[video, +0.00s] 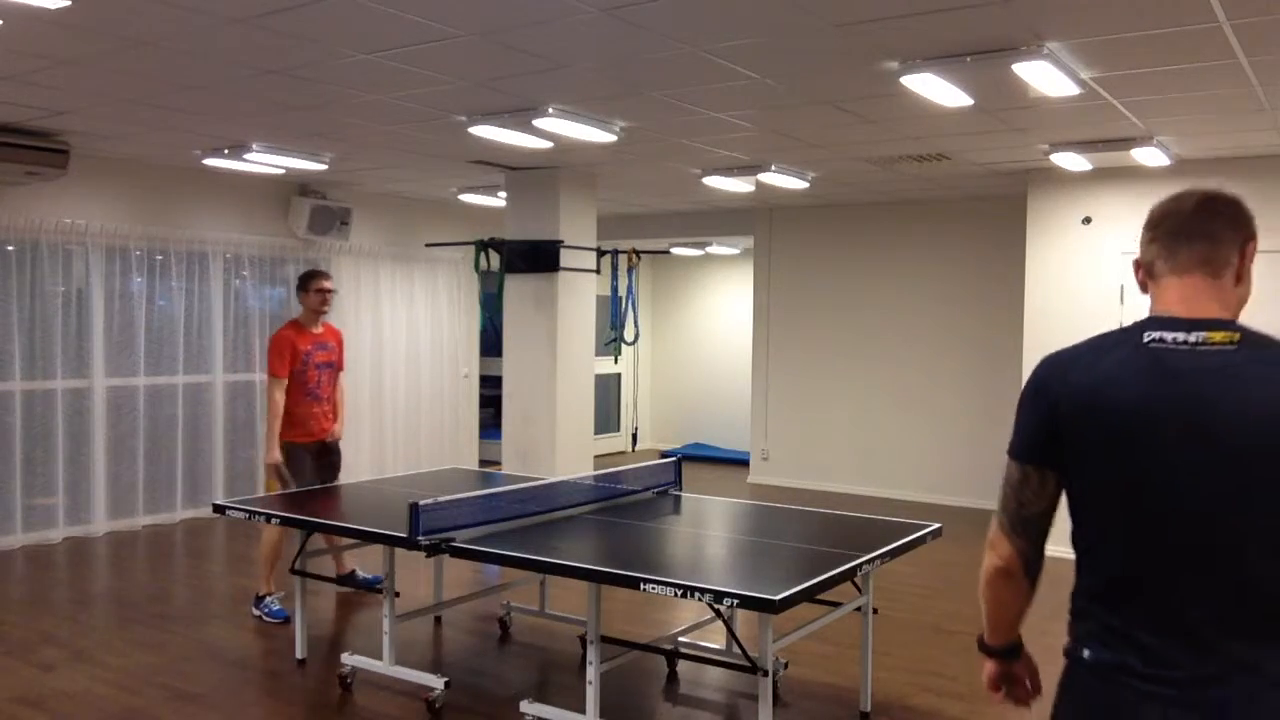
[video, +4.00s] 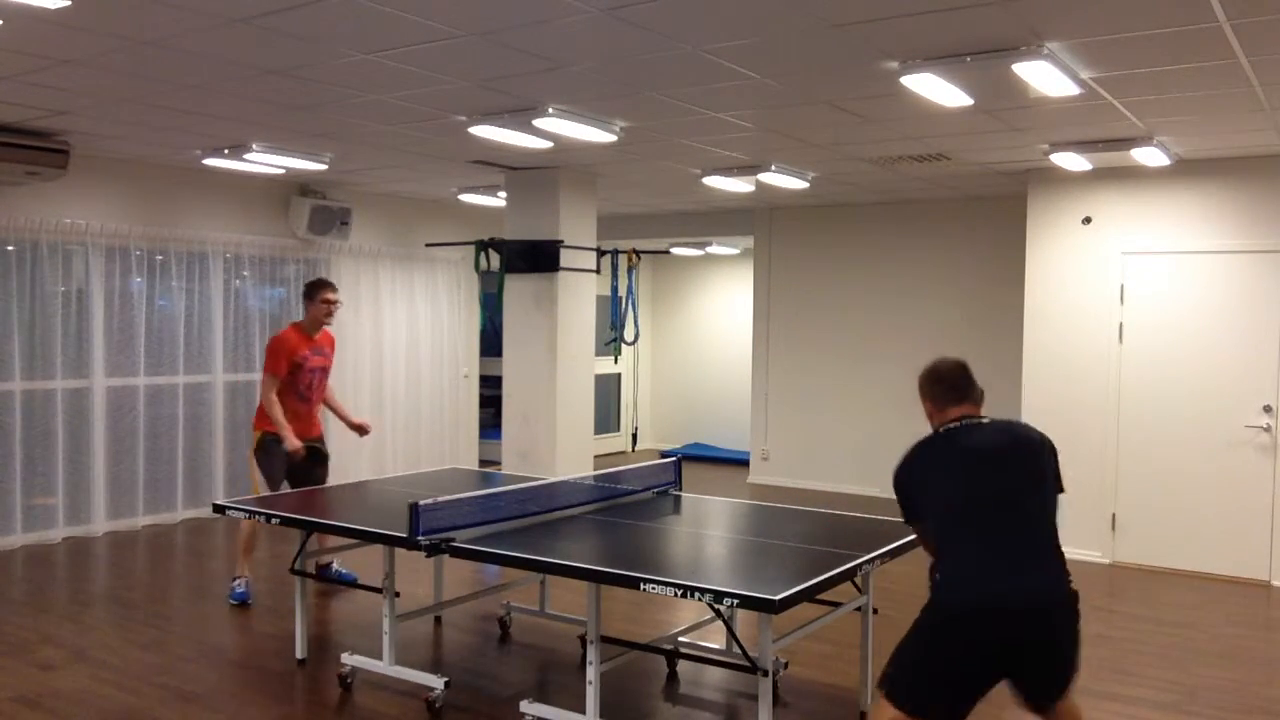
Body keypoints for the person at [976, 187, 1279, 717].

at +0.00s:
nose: (1248, 280)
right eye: (1252, 266)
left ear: (1141, 275)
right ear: (1245, 264)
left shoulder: (1066, 378)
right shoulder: (1271, 370)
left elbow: (1010, 555)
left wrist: (1001, 647)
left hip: (1109, 692)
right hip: (1252, 693)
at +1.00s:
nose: (959, 290)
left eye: (962, 277)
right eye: (959, 277)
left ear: (986, 281)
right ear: (1028, 278)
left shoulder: (963, 360)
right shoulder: (1091, 354)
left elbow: (934, 477)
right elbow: (1138, 453)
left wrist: (900, 564)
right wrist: (1102, 359)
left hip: (988, 557)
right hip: (1066, 554)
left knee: (971, 700)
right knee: (1063, 689)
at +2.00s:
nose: (968, 381)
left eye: (966, 370)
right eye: (966, 371)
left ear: (977, 364)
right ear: (1014, 363)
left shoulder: (975, 408)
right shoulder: (1056, 406)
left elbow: (956, 505)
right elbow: (1057, 508)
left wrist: (934, 570)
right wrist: (985, 539)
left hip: (1054, 558)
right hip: (1104, 557)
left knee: (964, 674)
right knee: (1036, 636)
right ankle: (1048, 717)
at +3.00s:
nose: (904, 373)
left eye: (906, 362)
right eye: (904, 363)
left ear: (922, 361)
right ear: (949, 359)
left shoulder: (949, 407)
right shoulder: (975, 403)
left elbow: (936, 505)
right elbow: (927, 508)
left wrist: (883, 464)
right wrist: (849, 509)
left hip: (1002, 577)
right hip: (1037, 572)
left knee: (906, 694)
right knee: (1001, 661)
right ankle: (1034, 717)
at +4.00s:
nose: (928, 412)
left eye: (927, 406)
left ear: (929, 408)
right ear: (979, 398)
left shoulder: (914, 465)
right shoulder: (1035, 442)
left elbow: (934, 546)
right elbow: (1042, 521)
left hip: (962, 613)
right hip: (1047, 607)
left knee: (895, 706)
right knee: (1054, 698)